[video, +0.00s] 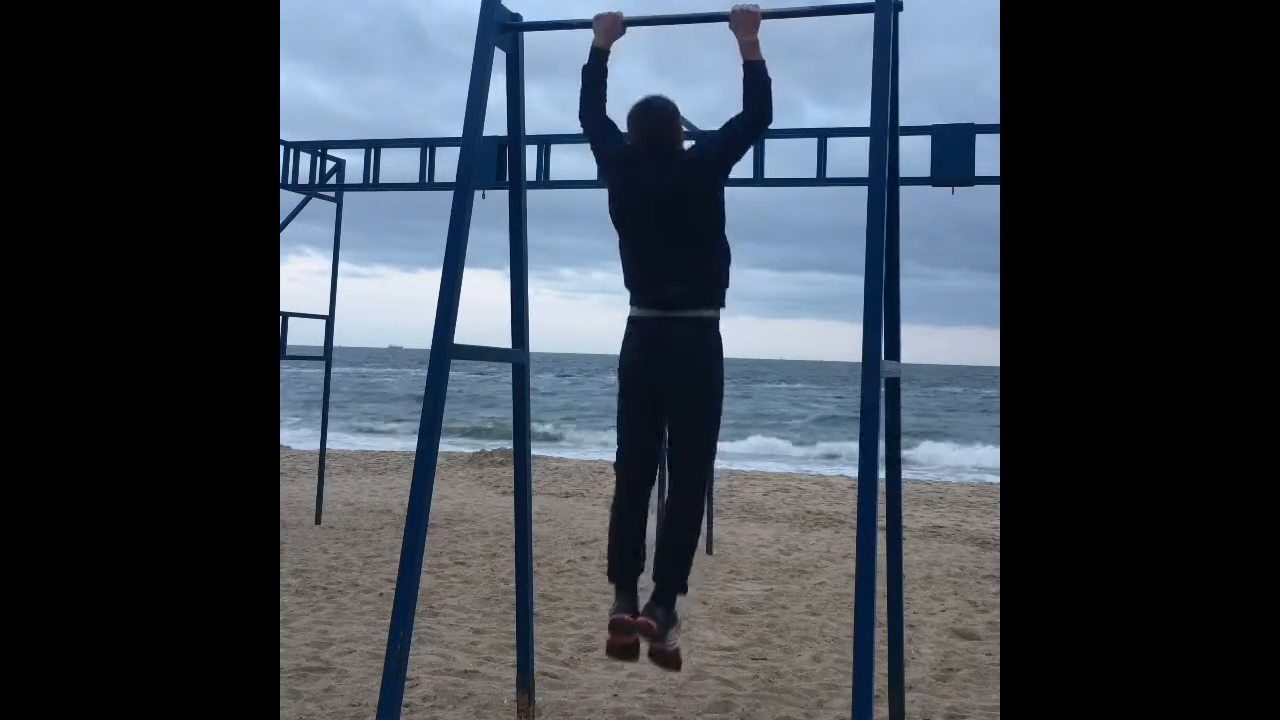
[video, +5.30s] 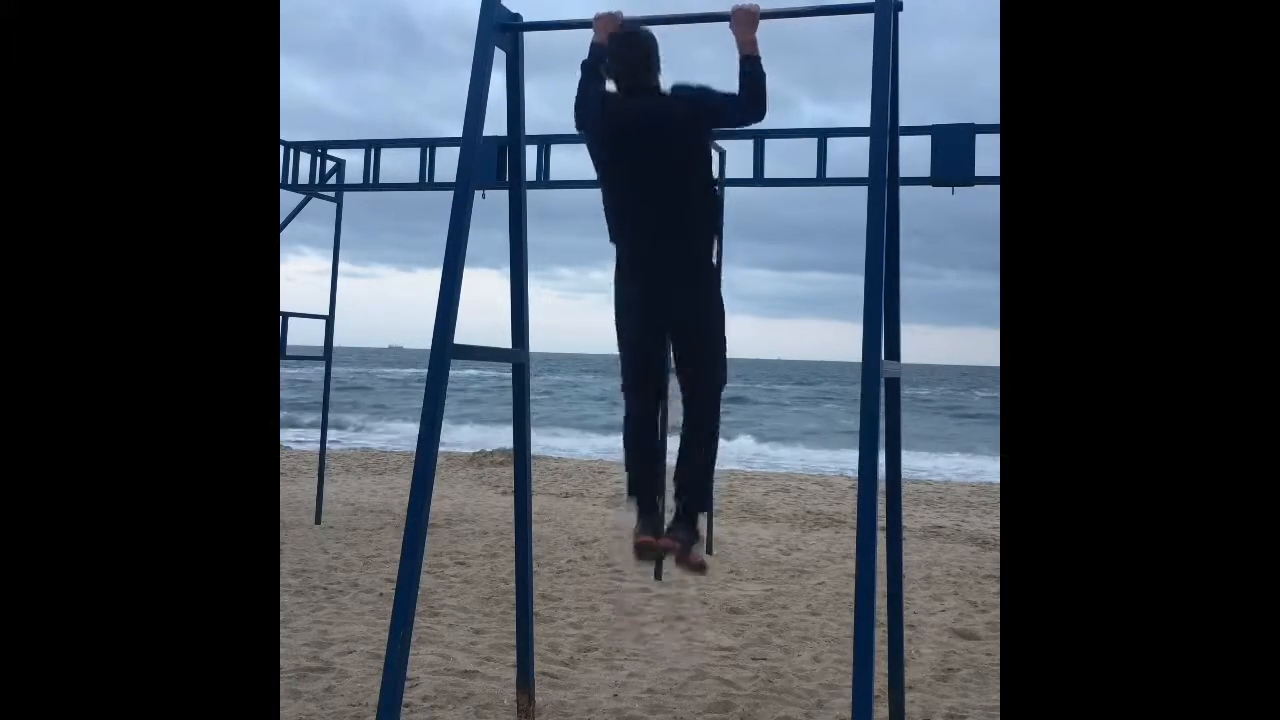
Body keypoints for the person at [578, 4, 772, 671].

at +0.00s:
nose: (686, 125)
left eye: (679, 121)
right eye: (682, 121)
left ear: (630, 138)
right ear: (678, 132)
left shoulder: (620, 170)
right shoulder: (706, 165)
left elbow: (592, 115)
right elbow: (757, 114)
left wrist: (600, 46)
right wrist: (750, 45)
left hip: (643, 339)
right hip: (697, 341)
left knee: (634, 470)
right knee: (688, 477)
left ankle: (625, 605)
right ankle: (662, 610)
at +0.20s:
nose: (655, 81)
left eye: (633, 74)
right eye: (658, 74)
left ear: (615, 85)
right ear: (662, 81)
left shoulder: (601, 130)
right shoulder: (693, 122)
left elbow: (588, 96)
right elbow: (752, 108)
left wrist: (598, 42)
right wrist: (749, 42)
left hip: (634, 294)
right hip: (693, 293)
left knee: (637, 416)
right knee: (695, 423)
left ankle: (639, 542)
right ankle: (674, 552)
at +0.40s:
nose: (656, 8)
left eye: (616, 11)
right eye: (656, 4)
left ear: (609, 11)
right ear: (656, 8)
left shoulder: (591, 56)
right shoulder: (687, 46)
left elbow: (564, 101)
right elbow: (762, 92)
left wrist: (593, 38)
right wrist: (750, 38)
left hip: (631, 220)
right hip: (690, 216)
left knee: (647, 337)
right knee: (704, 339)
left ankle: (661, 455)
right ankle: (699, 463)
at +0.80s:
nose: (660, 60)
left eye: (633, 53)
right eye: (663, 50)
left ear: (622, 61)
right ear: (669, 57)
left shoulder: (606, 109)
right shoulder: (701, 100)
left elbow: (575, 101)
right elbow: (772, 100)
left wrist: (597, 43)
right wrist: (754, 40)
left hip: (640, 275)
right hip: (699, 274)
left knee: (648, 397)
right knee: (701, 396)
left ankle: (656, 519)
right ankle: (689, 520)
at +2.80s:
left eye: (620, 54)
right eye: (653, 50)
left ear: (612, 60)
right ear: (659, 56)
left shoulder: (598, 112)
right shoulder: (691, 98)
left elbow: (587, 93)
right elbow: (754, 105)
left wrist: (597, 43)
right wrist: (749, 41)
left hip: (637, 272)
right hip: (695, 269)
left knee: (643, 392)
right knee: (703, 393)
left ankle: (648, 513)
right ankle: (685, 515)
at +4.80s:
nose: (683, 121)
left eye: (672, 116)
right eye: (680, 115)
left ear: (630, 128)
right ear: (679, 123)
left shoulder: (620, 163)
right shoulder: (707, 159)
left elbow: (592, 113)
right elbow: (761, 111)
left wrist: (600, 46)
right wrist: (750, 43)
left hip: (648, 329)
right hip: (703, 330)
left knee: (643, 460)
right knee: (699, 468)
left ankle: (636, 589)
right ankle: (675, 597)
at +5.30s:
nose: (627, 71)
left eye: (618, 63)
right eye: (645, 61)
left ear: (610, 72)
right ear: (656, 66)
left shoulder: (599, 117)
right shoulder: (691, 106)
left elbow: (590, 90)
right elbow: (752, 107)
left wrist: (598, 41)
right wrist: (748, 42)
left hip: (636, 278)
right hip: (694, 276)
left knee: (642, 398)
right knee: (702, 401)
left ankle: (648, 520)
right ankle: (685, 527)